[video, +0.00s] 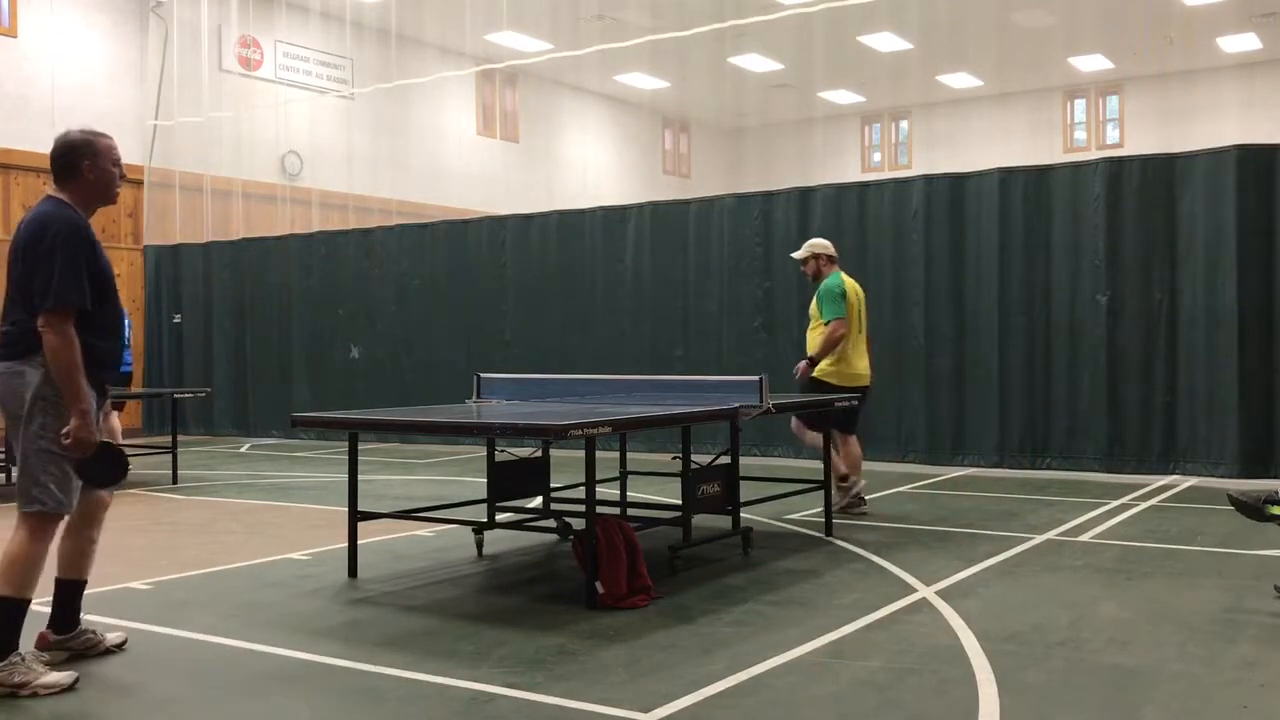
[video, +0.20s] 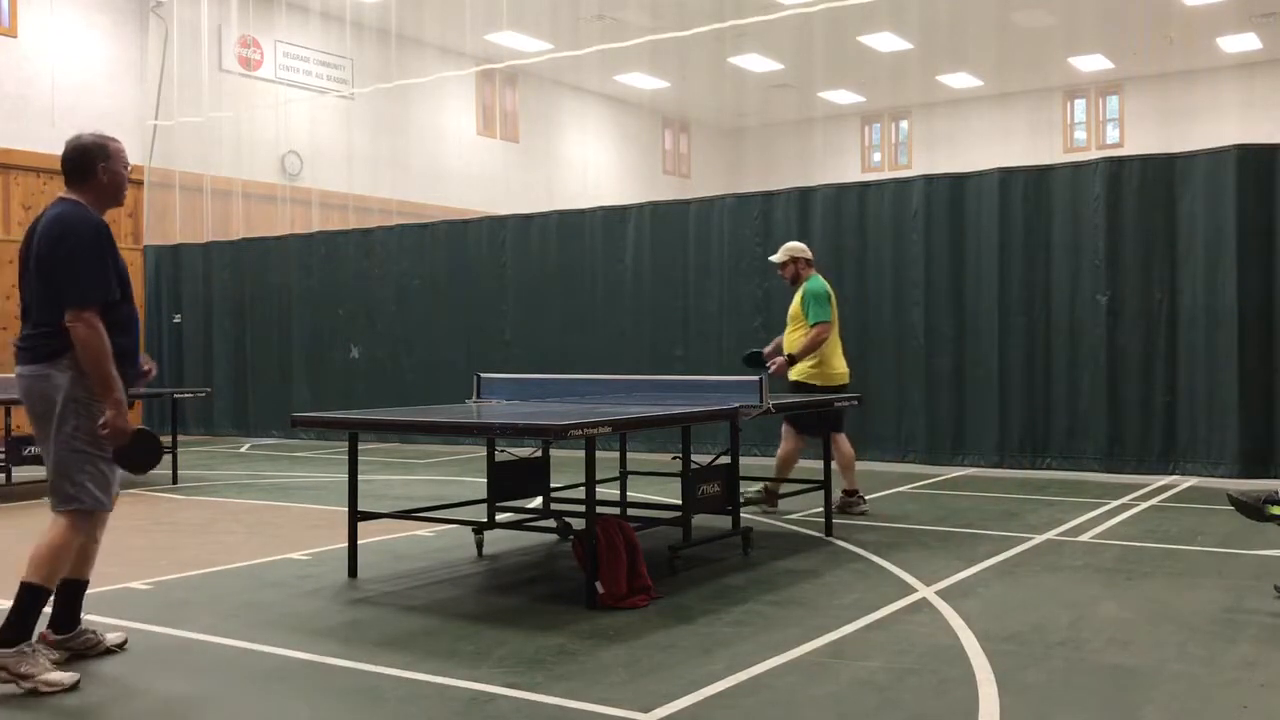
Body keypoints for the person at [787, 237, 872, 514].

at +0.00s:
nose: (802, 269)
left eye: (805, 263)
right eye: (802, 263)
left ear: (821, 261)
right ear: (826, 262)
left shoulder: (830, 286)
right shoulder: (852, 285)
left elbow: (838, 329)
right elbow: (862, 335)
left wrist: (812, 360)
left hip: (831, 377)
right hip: (857, 377)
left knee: (800, 425)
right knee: (846, 433)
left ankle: (842, 474)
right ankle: (852, 496)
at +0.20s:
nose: (780, 272)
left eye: (783, 266)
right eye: (779, 267)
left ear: (799, 264)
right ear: (799, 265)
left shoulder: (814, 288)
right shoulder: (809, 287)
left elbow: (822, 331)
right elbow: (800, 330)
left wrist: (790, 359)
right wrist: (776, 346)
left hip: (813, 378)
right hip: (828, 377)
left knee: (791, 432)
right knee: (835, 434)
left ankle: (771, 491)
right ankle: (852, 494)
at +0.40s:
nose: (755, 275)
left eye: (758, 270)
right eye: (754, 271)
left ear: (775, 267)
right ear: (773, 268)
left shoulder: (788, 292)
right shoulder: (779, 292)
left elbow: (794, 335)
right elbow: (771, 332)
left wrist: (759, 362)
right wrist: (744, 348)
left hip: (785, 379)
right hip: (788, 378)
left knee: (763, 430)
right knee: (797, 433)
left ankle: (762, 493)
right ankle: (834, 478)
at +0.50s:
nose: (744, 275)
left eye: (748, 269)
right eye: (743, 269)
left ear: (764, 265)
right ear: (762, 266)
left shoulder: (778, 290)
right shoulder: (770, 289)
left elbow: (781, 334)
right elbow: (770, 334)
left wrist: (743, 354)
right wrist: (742, 355)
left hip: (774, 377)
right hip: (768, 375)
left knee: (757, 429)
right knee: (769, 426)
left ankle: (761, 493)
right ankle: (808, 469)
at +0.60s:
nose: (736, 271)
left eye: (740, 265)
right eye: (735, 266)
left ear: (756, 263)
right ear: (752, 265)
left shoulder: (768, 287)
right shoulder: (757, 288)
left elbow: (769, 331)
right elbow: (758, 336)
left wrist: (733, 348)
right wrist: (738, 363)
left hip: (768, 375)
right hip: (756, 374)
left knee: (756, 430)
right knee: (753, 427)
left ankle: (762, 493)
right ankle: (774, 477)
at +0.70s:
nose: (727, 271)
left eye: (731, 266)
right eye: (726, 266)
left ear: (747, 263)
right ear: (741, 265)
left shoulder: (760, 287)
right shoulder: (746, 288)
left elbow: (761, 328)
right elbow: (750, 330)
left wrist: (724, 345)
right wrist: (723, 345)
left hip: (762, 376)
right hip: (746, 375)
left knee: (757, 432)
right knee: (743, 432)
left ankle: (761, 494)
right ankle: (740, 487)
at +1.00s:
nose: (710, 273)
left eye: (713, 268)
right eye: (708, 268)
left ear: (729, 265)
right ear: (715, 268)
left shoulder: (745, 288)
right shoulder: (719, 291)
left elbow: (755, 327)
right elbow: (721, 328)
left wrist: (716, 341)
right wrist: (706, 340)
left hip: (740, 375)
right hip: (719, 374)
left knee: (719, 424)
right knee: (720, 426)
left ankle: (742, 480)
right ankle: (740, 480)